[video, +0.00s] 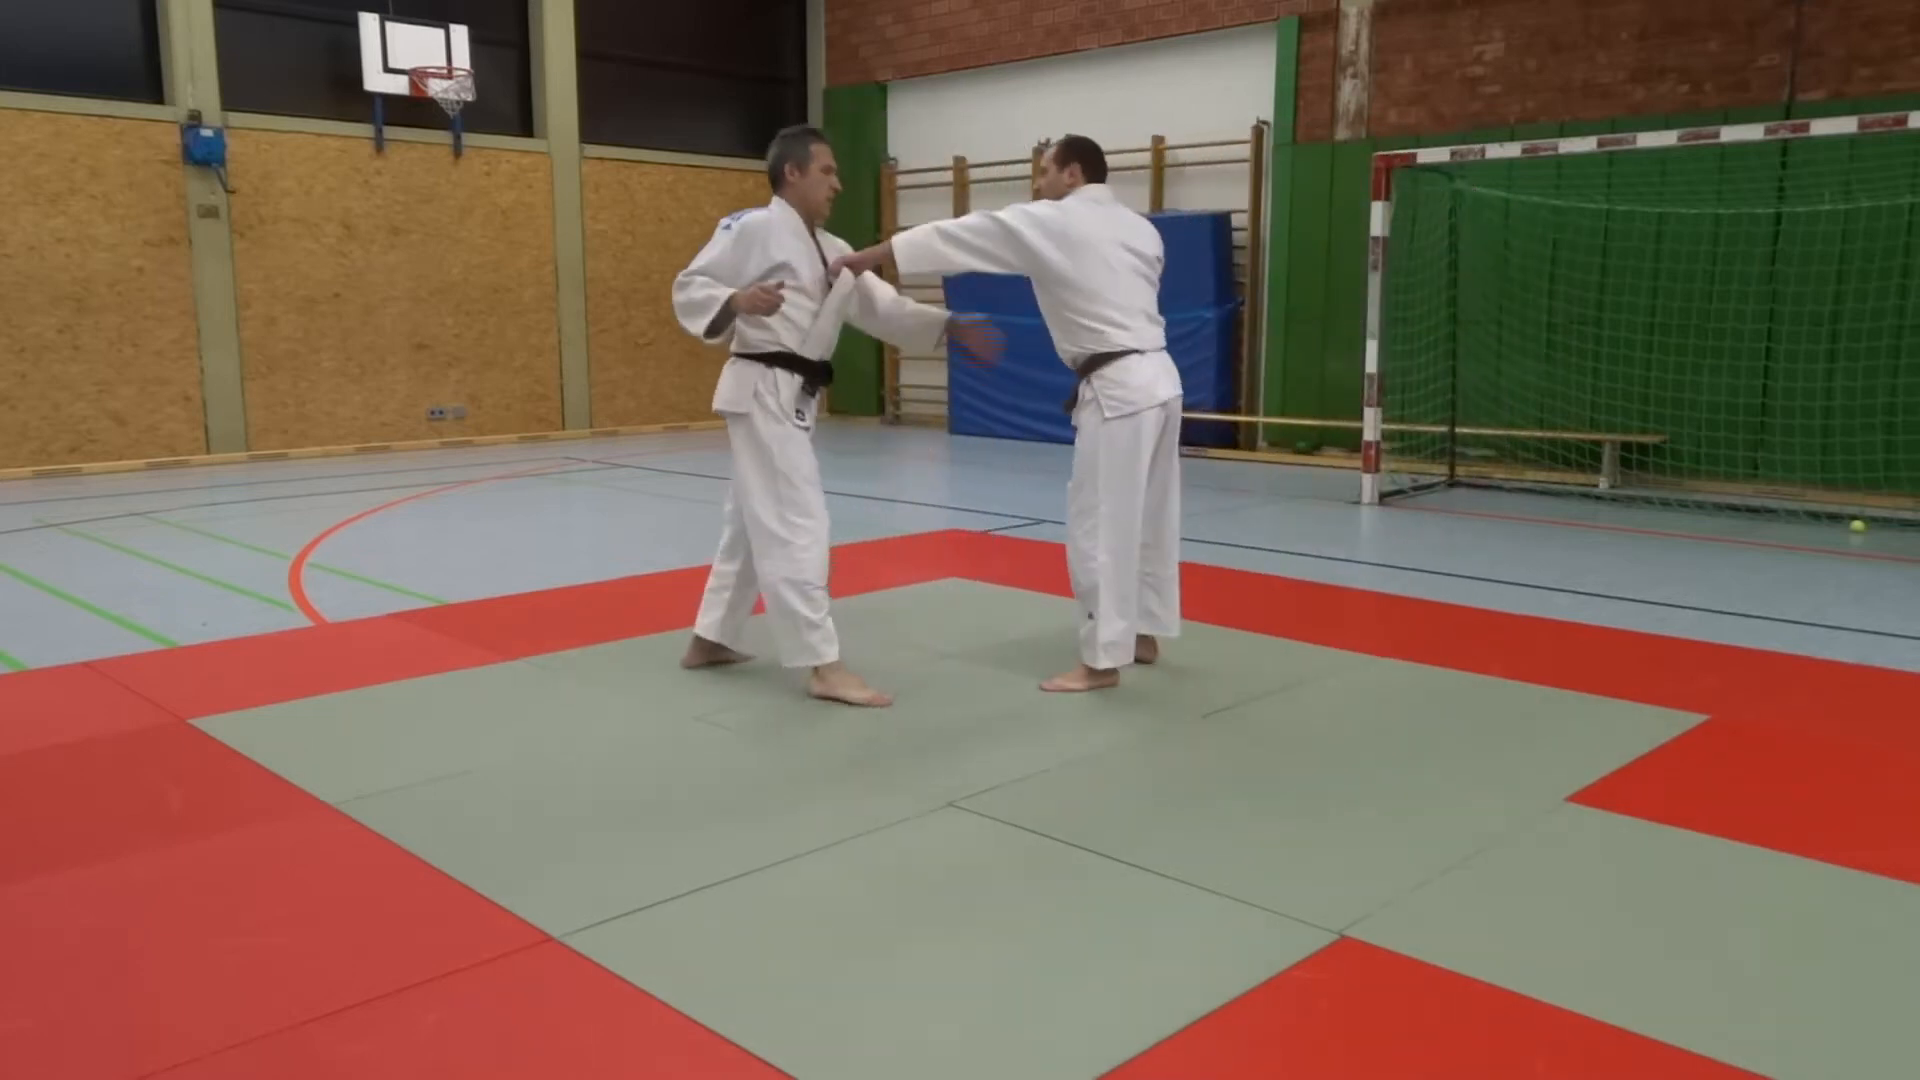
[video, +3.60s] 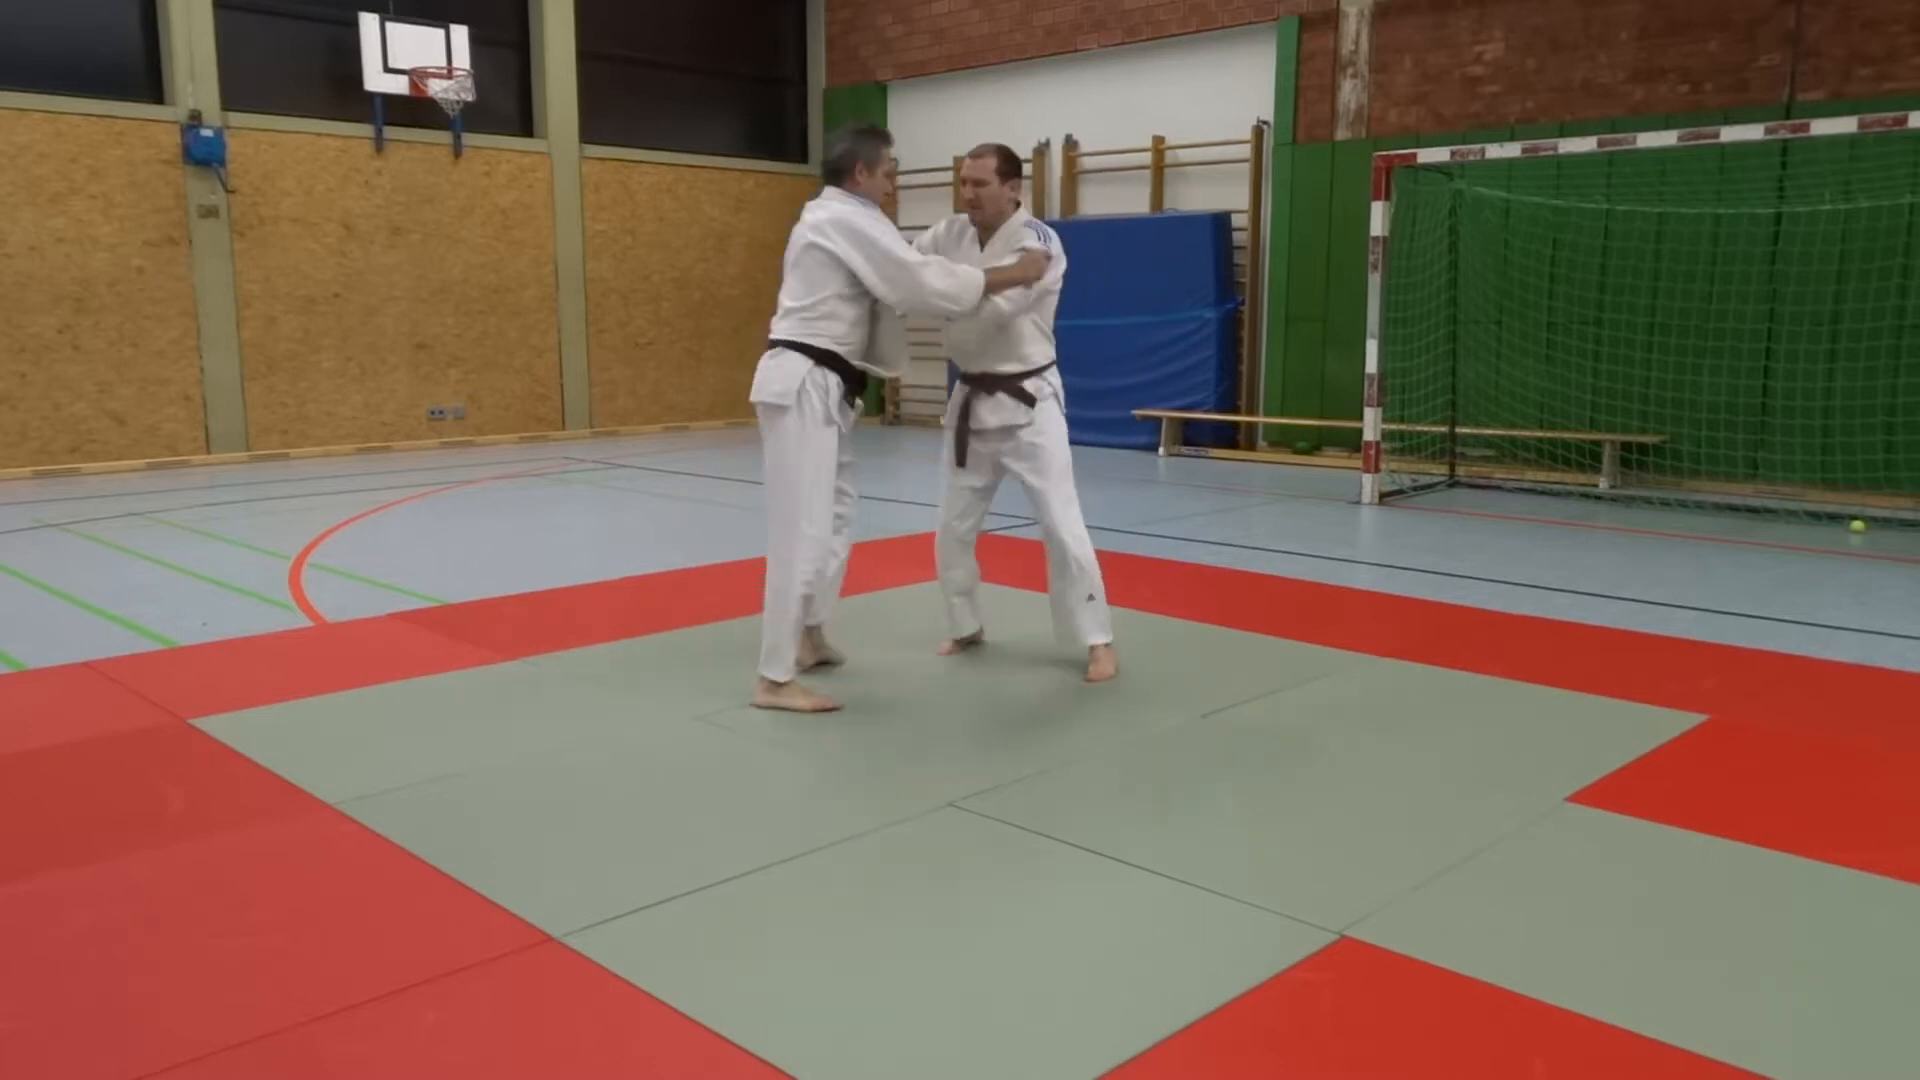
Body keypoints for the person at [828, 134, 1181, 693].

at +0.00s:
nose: (1037, 185)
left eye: (1042, 175)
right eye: (1038, 175)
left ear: (1073, 173)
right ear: (1091, 176)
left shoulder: (1051, 220)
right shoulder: (1139, 226)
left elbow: (958, 235)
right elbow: (1137, 305)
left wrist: (869, 256)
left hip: (1117, 387)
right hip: (1162, 381)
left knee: (1096, 521)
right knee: (1150, 517)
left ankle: (1101, 661)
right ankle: (1143, 635)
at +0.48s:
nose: (1048, 182)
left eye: (1055, 172)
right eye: (1050, 173)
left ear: (1085, 174)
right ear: (1099, 177)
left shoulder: (1061, 215)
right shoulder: (1131, 228)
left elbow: (978, 225)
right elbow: (1128, 311)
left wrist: (913, 238)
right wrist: (1085, 374)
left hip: (1111, 383)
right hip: (1152, 380)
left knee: (1097, 521)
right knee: (1149, 516)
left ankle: (1101, 657)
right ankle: (1156, 635)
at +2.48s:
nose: (1018, 185)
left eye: (1024, 175)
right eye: (1020, 175)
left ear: (1053, 176)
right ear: (1068, 178)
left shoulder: (1037, 222)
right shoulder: (1114, 239)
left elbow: (956, 265)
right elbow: (1100, 317)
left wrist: (874, 281)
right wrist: (1052, 363)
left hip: (1074, 385)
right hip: (1114, 379)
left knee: (1067, 519)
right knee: (1106, 514)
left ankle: (1096, 648)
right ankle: (1105, 628)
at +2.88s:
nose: (1027, 179)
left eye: (1034, 170)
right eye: (1029, 170)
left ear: (1066, 174)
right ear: (1067, 176)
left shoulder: (1079, 218)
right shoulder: (1072, 224)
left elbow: (1012, 260)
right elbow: (1050, 328)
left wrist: (946, 252)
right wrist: (975, 349)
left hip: (1094, 393)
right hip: (1070, 393)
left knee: (1087, 525)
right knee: (1065, 520)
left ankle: (1115, 651)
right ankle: (1095, 628)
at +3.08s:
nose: (998, 192)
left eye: (1010, 184)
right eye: (997, 182)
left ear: (1044, 192)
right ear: (1000, 190)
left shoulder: (1075, 238)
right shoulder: (998, 253)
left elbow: (1028, 299)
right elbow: (971, 342)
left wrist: (962, 292)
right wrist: (895, 354)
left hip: (1082, 401)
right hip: (1024, 405)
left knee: (1107, 531)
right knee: (1000, 533)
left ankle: (1131, 653)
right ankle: (1041, 591)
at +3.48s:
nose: (971, 199)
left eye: (983, 190)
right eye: (965, 189)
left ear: (1012, 197)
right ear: (959, 195)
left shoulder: (1044, 251)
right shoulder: (946, 252)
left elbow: (1028, 312)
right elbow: (920, 306)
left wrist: (961, 295)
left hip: (1034, 403)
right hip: (972, 404)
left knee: (1062, 529)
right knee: (953, 539)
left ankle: (1103, 645)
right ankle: (966, 630)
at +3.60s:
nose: (968, 195)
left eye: (979, 185)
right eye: (963, 185)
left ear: (1013, 189)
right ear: (959, 188)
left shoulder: (1040, 245)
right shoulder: (951, 232)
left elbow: (1003, 308)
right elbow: (906, 272)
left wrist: (944, 281)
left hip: (1031, 400)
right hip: (971, 397)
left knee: (1062, 525)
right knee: (955, 527)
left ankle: (1099, 641)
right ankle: (966, 629)